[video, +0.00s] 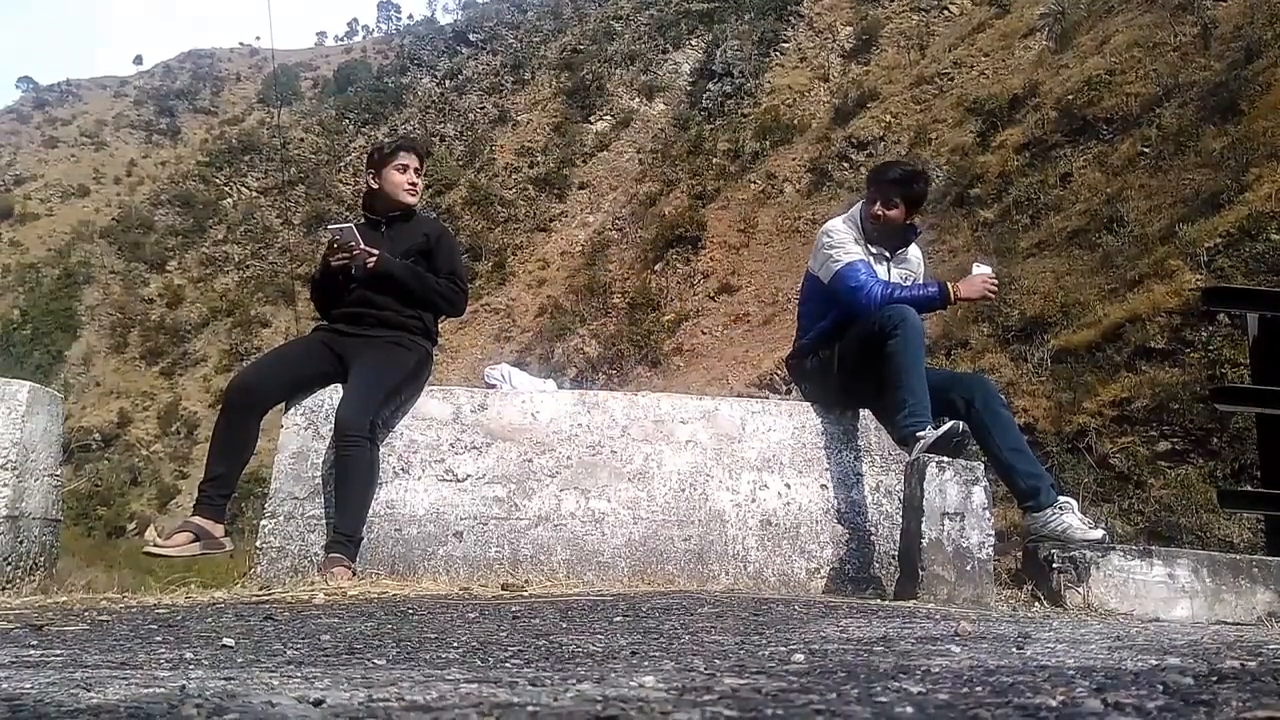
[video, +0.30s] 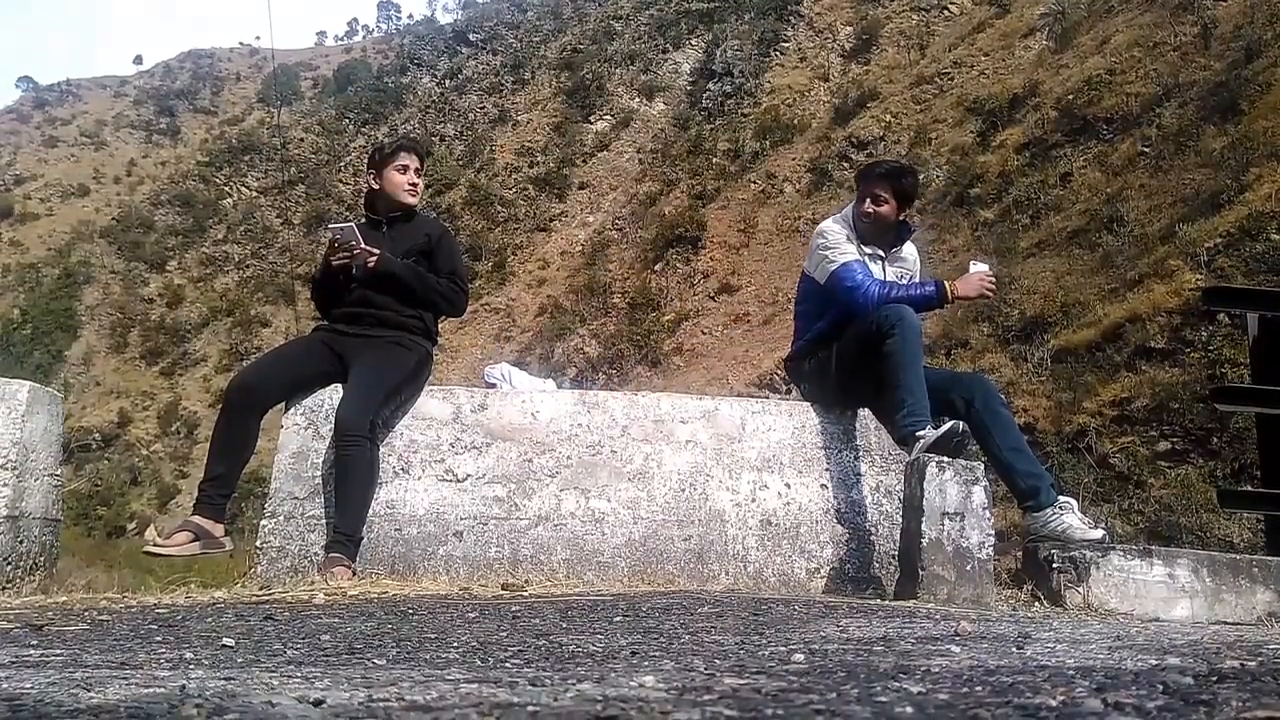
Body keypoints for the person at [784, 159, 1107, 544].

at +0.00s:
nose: (874, 208)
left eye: (887, 204)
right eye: (873, 199)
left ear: (909, 216)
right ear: (869, 200)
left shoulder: (910, 255)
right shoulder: (836, 235)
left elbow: (908, 313)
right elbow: (870, 296)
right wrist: (953, 289)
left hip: (879, 376)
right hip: (824, 372)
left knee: (976, 391)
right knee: (899, 318)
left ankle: (1043, 508)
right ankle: (916, 433)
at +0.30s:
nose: (866, 205)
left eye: (879, 201)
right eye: (863, 196)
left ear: (902, 211)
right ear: (855, 198)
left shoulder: (906, 253)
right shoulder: (831, 235)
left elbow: (906, 310)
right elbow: (867, 295)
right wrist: (950, 288)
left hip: (879, 374)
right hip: (823, 371)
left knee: (976, 390)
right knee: (898, 319)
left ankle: (1043, 508)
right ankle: (916, 433)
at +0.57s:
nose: (859, 201)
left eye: (872, 196)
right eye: (857, 192)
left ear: (895, 207)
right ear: (849, 193)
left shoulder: (902, 247)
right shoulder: (825, 233)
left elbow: (901, 303)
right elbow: (863, 291)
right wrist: (947, 284)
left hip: (878, 371)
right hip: (822, 368)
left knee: (976, 388)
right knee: (894, 315)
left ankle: (1043, 505)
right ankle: (915, 429)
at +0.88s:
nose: (844, 204)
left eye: (856, 199)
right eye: (842, 195)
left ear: (883, 209)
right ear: (837, 197)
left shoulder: (901, 248)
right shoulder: (820, 237)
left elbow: (899, 308)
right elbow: (858, 294)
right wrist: (945, 285)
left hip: (877, 375)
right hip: (822, 371)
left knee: (976, 390)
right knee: (893, 318)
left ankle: (1044, 508)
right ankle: (915, 431)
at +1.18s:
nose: (834, 204)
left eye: (847, 197)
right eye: (833, 195)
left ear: (877, 207)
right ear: (831, 197)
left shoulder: (899, 247)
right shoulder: (816, 237)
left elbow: (900, 312)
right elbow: (856, 294)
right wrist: (941, 282)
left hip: (876, 374)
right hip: (821, 371)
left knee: (976, 390)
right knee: (889, 316)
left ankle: (1043, 508)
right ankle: (915, 431)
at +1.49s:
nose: (842, 202)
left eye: (854, 195)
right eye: (840, 193)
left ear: (884, 206)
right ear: (835, 197)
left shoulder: (899, 249)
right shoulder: (819, 234)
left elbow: (889, 314)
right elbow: (857, 294)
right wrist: (940, 282)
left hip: (874, 374)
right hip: (820, 370)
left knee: (975, 389)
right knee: (889, 315)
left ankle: (1043, 507)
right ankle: (913, 431)